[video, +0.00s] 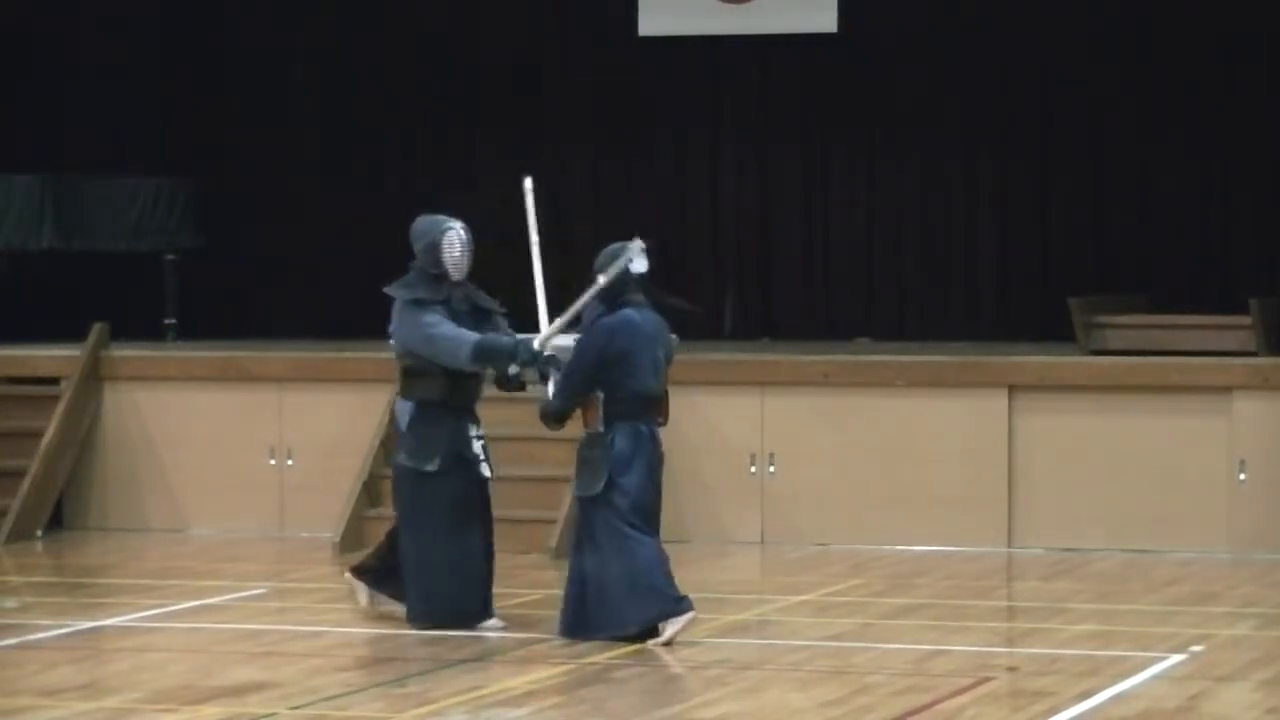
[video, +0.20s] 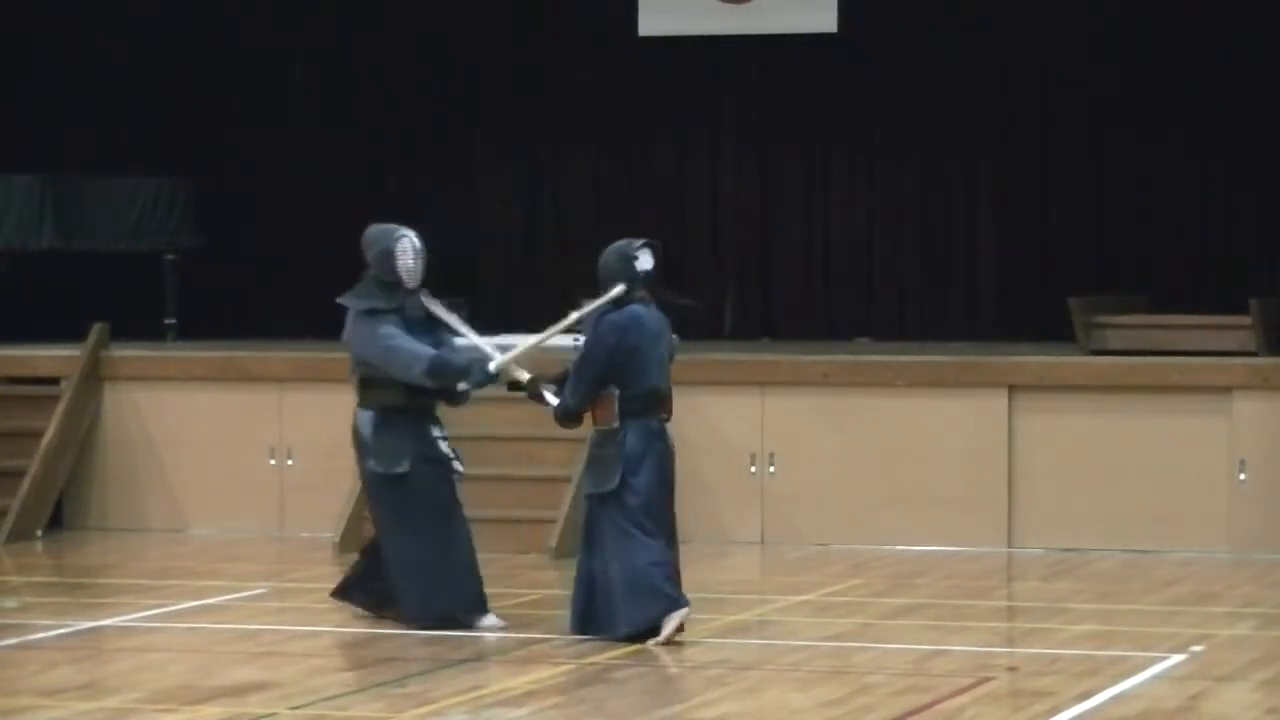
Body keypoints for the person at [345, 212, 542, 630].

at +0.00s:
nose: (459, 256)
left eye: (462, 247)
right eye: (449, 248)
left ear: (468, 251)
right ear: (427, 253)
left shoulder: (472, 301)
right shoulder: (413, 310)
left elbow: (500, 361)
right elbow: (463, 348)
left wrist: (537, 363)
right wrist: (533, 346)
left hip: (462, 418)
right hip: (426, 419)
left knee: (469, 511)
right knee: (436, 512)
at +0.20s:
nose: (412, 266)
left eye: (415, 256)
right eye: (402, 258)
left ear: (419, 259)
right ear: (380, 262)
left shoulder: (419, 308)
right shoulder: (367, 319)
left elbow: (452, 342)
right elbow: (410, 359)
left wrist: (485, 362)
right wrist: (462, 369)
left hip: (421, 420)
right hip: (385, 423)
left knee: (431, 511)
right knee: (425, 515)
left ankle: (369, 586)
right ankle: (458, 608)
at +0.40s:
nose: (366, 259)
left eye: (369, 250)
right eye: (357, 251)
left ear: (373, 253)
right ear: (335, 255)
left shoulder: (369, 304)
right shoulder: (318, 313)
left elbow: (394, 344)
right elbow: (355, 352)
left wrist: (422, 362)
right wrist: (408, 370)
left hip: (368, 414)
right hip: (333, 416)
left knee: (386, 504)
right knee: (354, 508)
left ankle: (394, 597)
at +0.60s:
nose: (322, 258)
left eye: (324, 249)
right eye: (313, 249)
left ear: (327, 252)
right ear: (289, 252)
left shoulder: (315, 301)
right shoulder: (274, 308)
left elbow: (339, 345)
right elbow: (315, 346)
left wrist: (382, 360)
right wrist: (372, 366)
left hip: (310, 411)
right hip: (275, 412)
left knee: (345, 497)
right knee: (269, 497)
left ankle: (350, 589)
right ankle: (225, 581)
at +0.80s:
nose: (286, 250)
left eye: (287, 241)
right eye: (278, 242)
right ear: (257, 245)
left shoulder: (270, 292)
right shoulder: (236, 299)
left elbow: (283, 339)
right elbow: (285, 335)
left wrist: (311, 360)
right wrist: (342, 354)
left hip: (260, 408)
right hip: (230, 407)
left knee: (266, 499)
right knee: (227, 498)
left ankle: (247, 586)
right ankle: (217, 594)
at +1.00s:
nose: (253, 250)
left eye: (255, 242)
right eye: (245, 242)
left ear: (255, 244)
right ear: (223, 244)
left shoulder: (242, 292)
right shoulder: (206, 298)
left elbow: (249, 344)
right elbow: (255, 332)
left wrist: (282, 359)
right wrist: (315, 348)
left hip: (233, 405)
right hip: (203, 405)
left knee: (226, 500)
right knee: (191, 496)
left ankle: (216, 588)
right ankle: (160, 578)